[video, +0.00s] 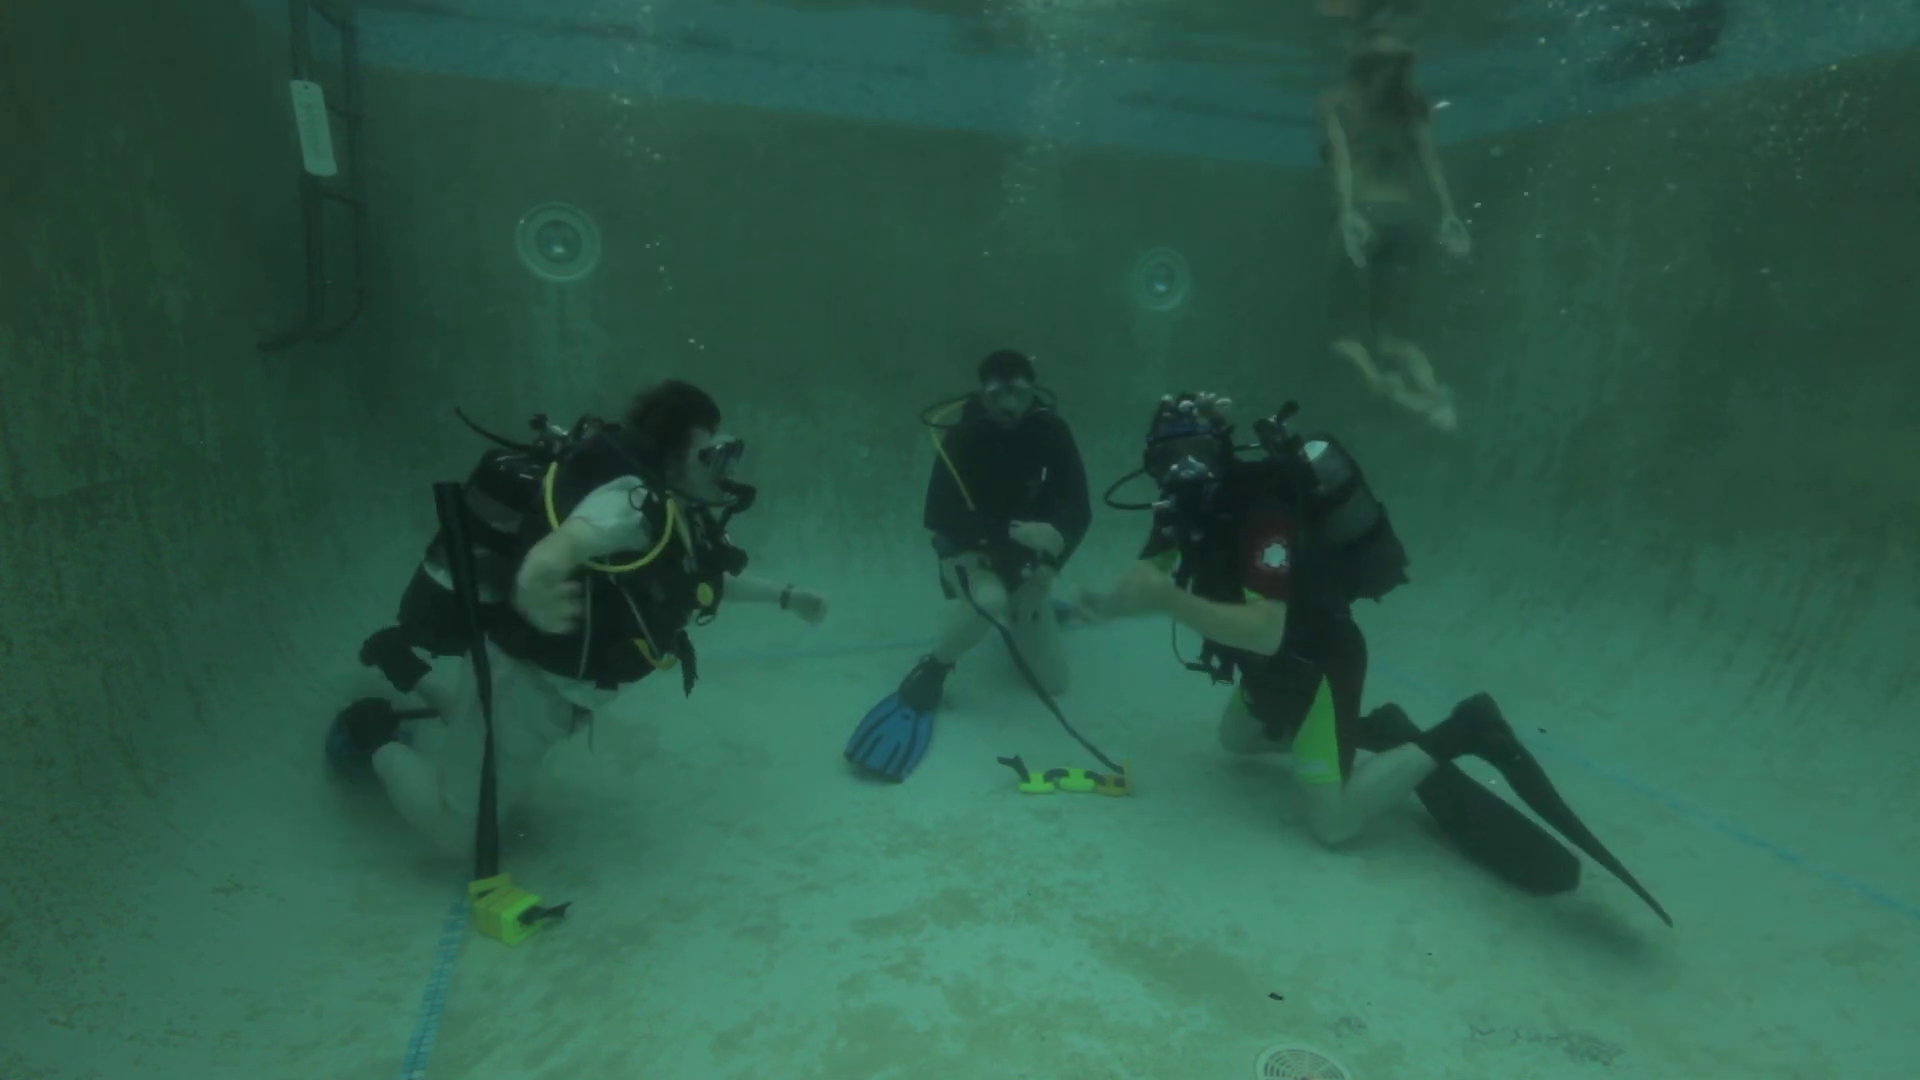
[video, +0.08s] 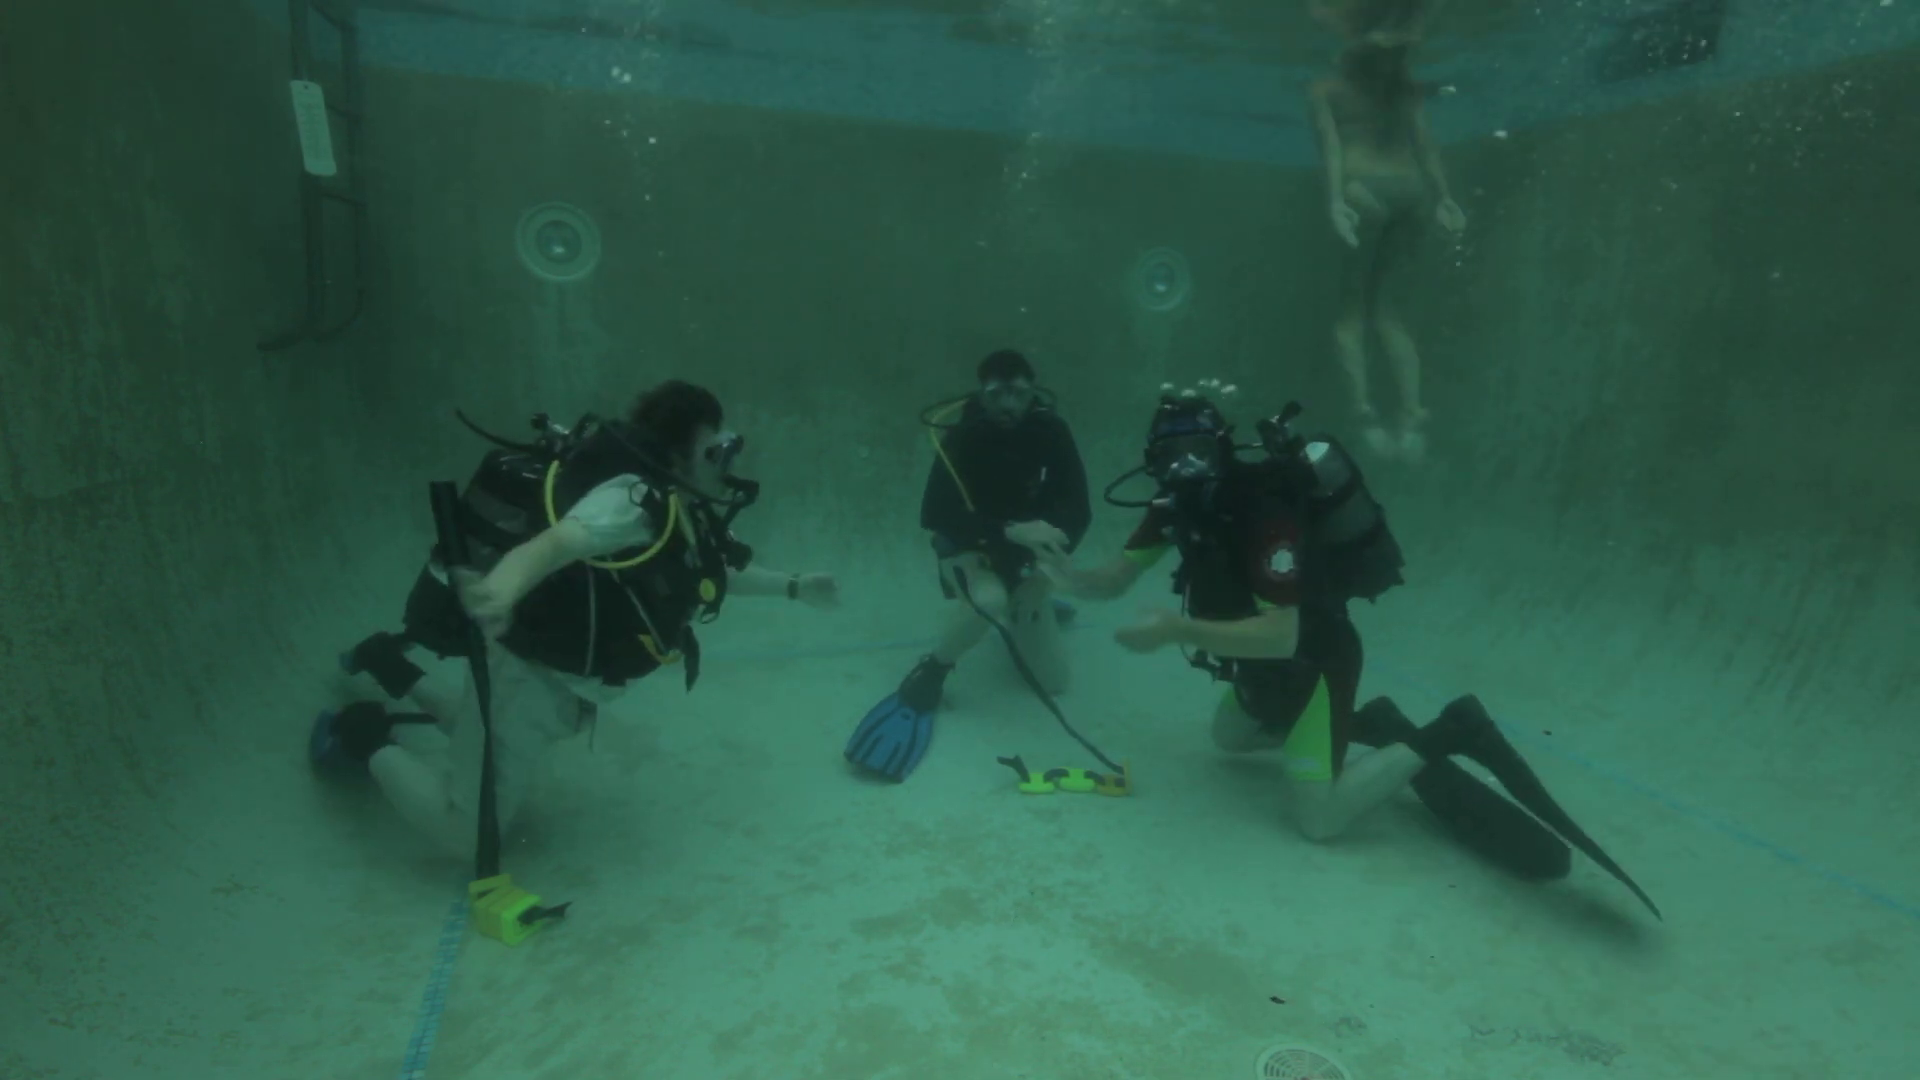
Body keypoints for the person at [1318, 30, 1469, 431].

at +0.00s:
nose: (1395, 72)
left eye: (1396, 63)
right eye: (1393, 64)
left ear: (1358, 61)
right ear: (1399, 65)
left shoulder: (1336, 102)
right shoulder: (1411, 102)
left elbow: (1342, 159)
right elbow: (1431, 161)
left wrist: (1346, 213)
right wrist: (1449, 213)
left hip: (1365, 215)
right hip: (1410, 215)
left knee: (1345, 322)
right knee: (1396, 328)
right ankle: (1436, 398)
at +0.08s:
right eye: (1395, 54)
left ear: (1347, 55)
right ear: (1392, 54)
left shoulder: (1327, 91)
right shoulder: (1404, 88)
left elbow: (1332, 146)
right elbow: (1427, 145)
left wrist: (1335, 199)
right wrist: (1445, 197)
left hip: (1362, 191)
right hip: (1410, 190)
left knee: (1349, 305)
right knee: (1389, 307)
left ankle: (1363, 413)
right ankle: (1413, 418)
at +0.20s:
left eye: (1322, 32)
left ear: (1339, 28)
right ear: (1386, 27)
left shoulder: (1326, 68)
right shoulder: (1398, 57)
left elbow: (1318, 125)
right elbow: (1422, 116)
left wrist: (1312, 175)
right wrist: (1437, 171)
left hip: (1359, 153)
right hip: (1409, 155)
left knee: (1364, 276)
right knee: (1396, 276)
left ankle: (1363, 392)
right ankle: (1389, 391)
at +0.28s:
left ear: (1339, 19)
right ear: (1381, 21)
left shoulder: (1327, 51)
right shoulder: (1395, 48)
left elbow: (1312, 117)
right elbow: (1421, 103)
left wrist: (1293, 172)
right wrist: (1438, 158)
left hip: (1365, 138)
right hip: (1410, 134)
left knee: (1368, 253)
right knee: (1402, 252)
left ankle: (1361, 373)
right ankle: (1385, 376)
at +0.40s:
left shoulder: (1316, 38)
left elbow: (1302, 108)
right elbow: (1413, 83)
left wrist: (1258, 148)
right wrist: (1427, 114)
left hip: (1373, 114)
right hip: (1417, 112)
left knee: (1373, 230)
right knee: (1406, 231)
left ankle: (1356, 355)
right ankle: (1389, 354)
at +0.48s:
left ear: (1321, 16)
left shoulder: (1316, 38)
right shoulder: (1381, 33)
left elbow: (1293, 109)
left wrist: (1233, 134)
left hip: (1375, 104)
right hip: (1422, 103)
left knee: (1374, 221)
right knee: (1408, 222)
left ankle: (1361, 344)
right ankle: (1392, 341)